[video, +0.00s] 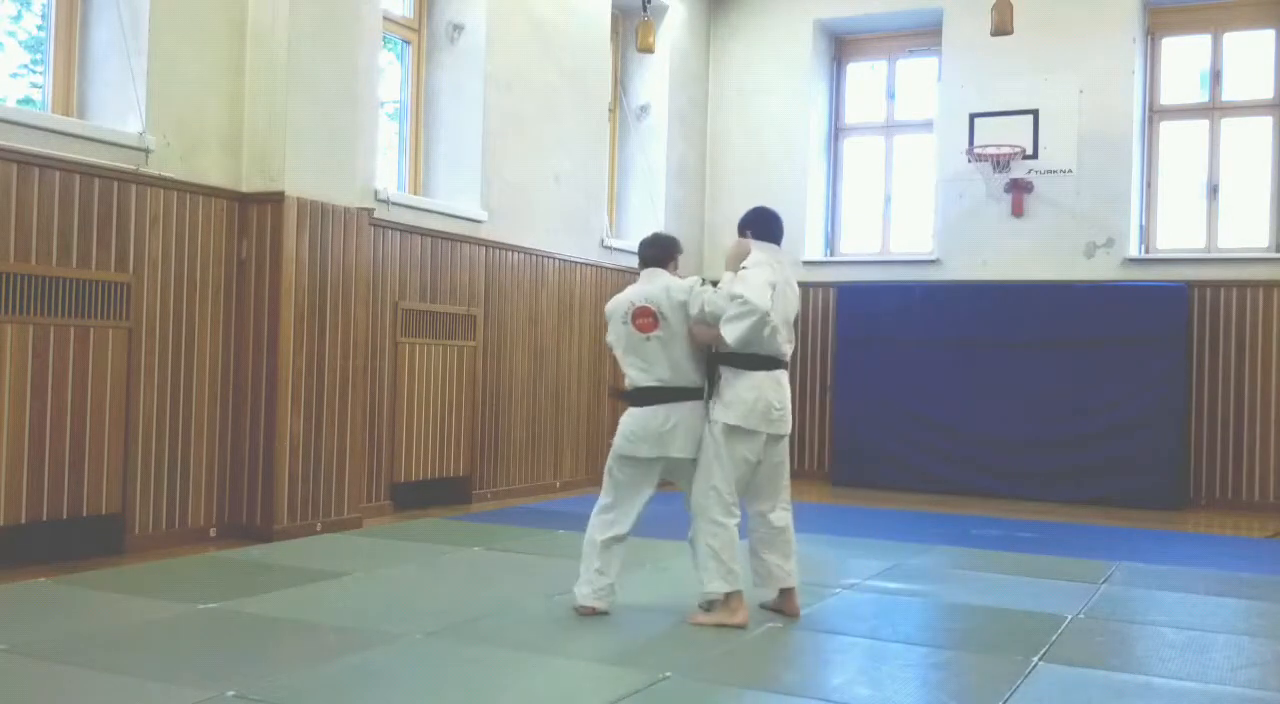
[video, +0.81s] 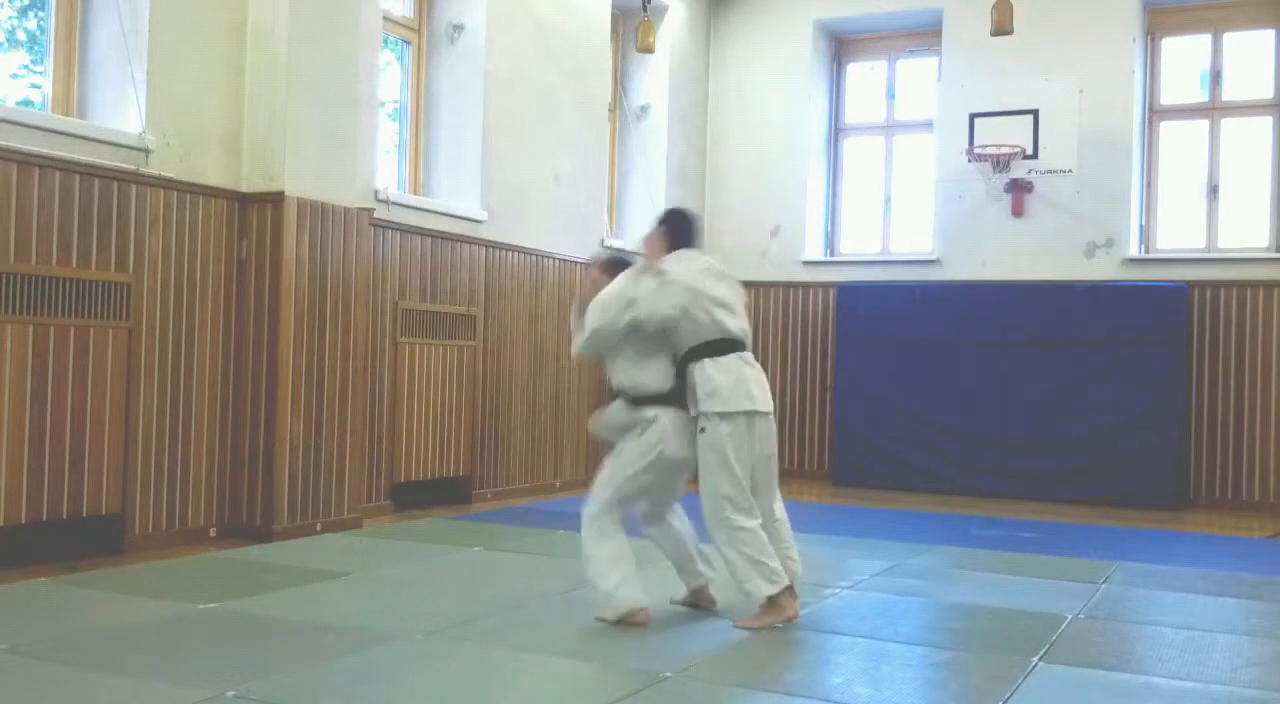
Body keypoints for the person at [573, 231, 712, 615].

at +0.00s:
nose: (681, 267)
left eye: (679, 262)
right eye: (680, 261)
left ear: (640, 262)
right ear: (673, 262)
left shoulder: (616, 304)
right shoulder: (688, 292)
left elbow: (622, 353)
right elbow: (730, 308)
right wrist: (734, 272)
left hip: (640, 419)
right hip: (690, 418)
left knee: (612, 509)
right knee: (708, 510)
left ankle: (592, 595)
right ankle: (718, 593)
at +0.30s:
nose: (682, 273)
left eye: (683, 267)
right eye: (680, 267)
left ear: (643, 264)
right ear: (664, 261)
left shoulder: (609, 299)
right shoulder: (662, 284)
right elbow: (710, 296)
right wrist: (729, 266)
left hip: (592, 406)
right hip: (640, 407)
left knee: (597, 507)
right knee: (676, 496)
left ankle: (590, 598)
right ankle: (671, 589)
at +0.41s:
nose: (687, 268)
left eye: (687, 261)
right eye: (682, 260)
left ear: (654, 256)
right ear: (658, 256)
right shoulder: (647, 277)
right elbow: (699, 280)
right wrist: (725, 262)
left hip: (590, 407)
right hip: (624, 406)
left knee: (600, 504)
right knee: (663, 495)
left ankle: (580, 589)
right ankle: (641, 587)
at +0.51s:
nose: (676, 245)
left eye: (677, 238)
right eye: (666, 239)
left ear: (680, 245)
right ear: (643, 245)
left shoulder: (683, 294)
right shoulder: (618, 275)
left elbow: (692, 360)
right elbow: (639, 261)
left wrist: (723, 347)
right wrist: (692, 248)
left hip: (649, 406)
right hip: (609, 401)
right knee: (639, 499)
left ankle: (590, 549)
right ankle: (639, 591)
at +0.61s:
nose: (638, 230)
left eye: (647, 224)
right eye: (631, 223)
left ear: (662, 229)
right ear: (619, 228)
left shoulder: (677, 269)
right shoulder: (601, 271)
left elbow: (690, 335)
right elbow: (596, 263)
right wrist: (664, 248)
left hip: (656, 397)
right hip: (606, 397)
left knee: (647, 488)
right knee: (609, 498)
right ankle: (655, 575)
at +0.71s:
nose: (605, 248)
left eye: (613, 240)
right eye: (603, 240)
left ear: (638, 241)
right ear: (605, 243)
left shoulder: (662, 274)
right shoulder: (607, 280)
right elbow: (586, 283)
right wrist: (651, 254)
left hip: (659, 395)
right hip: (630, 396)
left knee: (600, 478)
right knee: (630, 490)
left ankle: (674, 547)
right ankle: (694, 563)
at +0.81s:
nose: (591, 284)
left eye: (596, 278)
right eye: (592, 278)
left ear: (610, 279)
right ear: (624, 277)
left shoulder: (616, 308)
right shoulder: (660, 304)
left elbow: (582, 345)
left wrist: (580, 302)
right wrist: (608, 420)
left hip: (652, 427)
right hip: (684, 426)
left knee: (599, 510)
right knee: (658, 510)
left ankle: (626, 603)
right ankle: (699, 589)